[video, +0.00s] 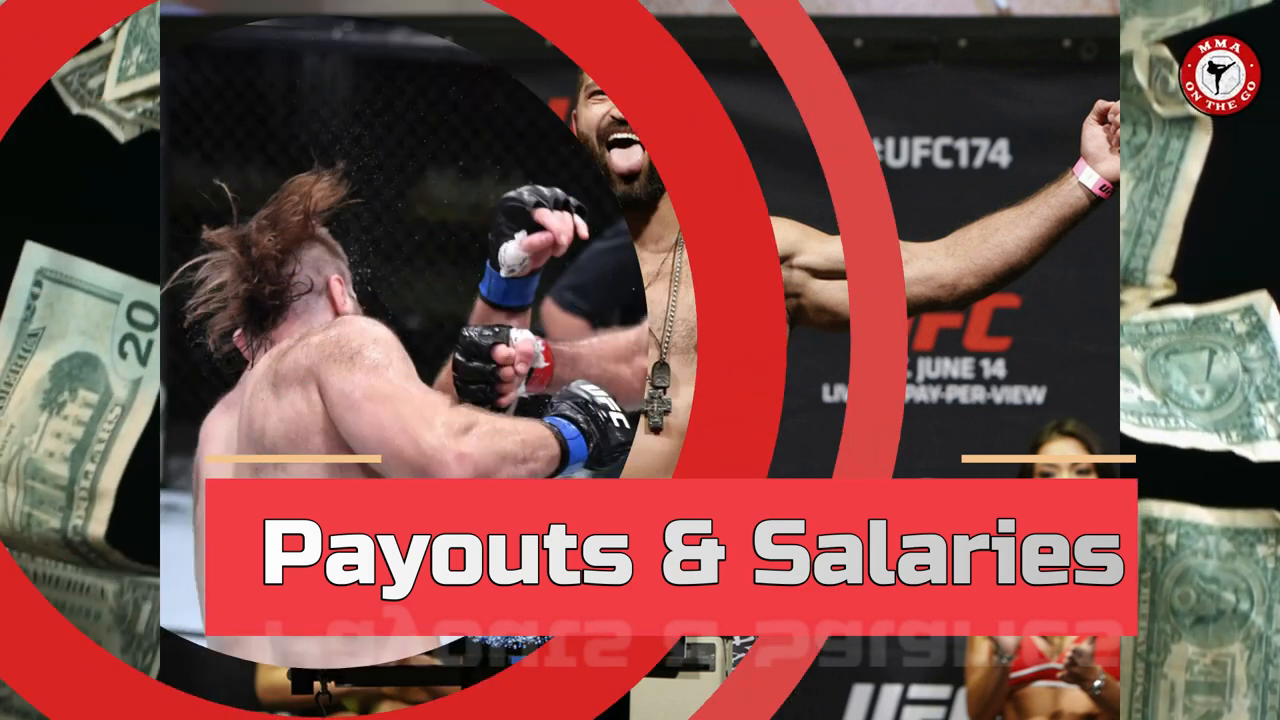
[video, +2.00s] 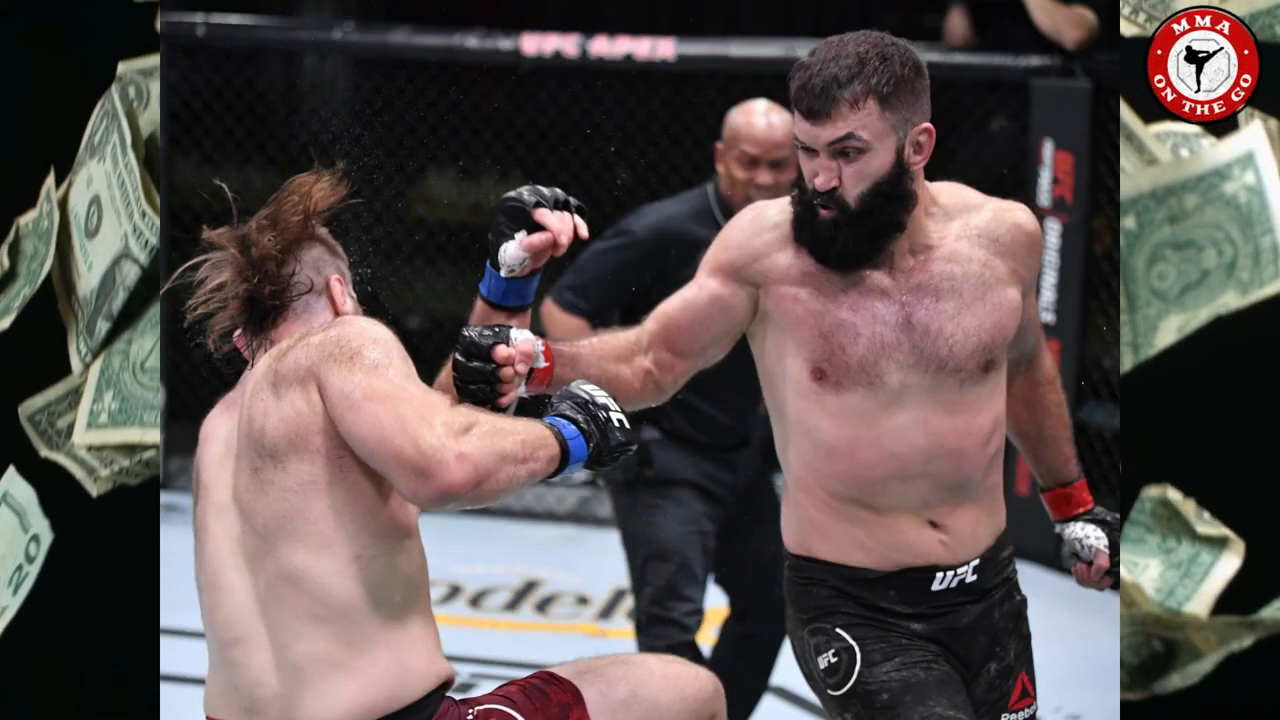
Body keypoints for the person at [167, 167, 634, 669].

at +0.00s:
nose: (360, 310)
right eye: (356, 294)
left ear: (243, 345)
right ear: (338, 294)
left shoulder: (216, 426)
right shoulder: (345, 342)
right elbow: (452, 455)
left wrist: (509, 280)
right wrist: (575, 430)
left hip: (274, 689)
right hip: (407, 673)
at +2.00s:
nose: (364, 309)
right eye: (357, 291)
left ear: (243, 345)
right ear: (340, 290)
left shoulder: (217, 426)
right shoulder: (344, 346)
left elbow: (445, 429)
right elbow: (447, 467)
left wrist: (509, 282)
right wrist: (576, 431)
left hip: (240, 712)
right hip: (397, 708)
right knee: (691, 687)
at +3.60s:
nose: (363, 308)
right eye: (356, 290)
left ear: (243, 346)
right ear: (340, 290)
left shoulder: (217, 427)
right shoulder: (344, 346)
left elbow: (444, 429)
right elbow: (446, 466)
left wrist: (508, 283)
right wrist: (576, 430)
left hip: (239, 712)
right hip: (396, 708)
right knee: (691, 687)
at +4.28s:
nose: (365, 311)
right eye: (357, 293)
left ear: (243, 344)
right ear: (341, 291)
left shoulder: (218, 425)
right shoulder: (343, 347)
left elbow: (444, 430)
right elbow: (447, 466)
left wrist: (509, 283)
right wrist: (576, 430)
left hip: (242, 711)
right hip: (397, 708)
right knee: (691, 687)